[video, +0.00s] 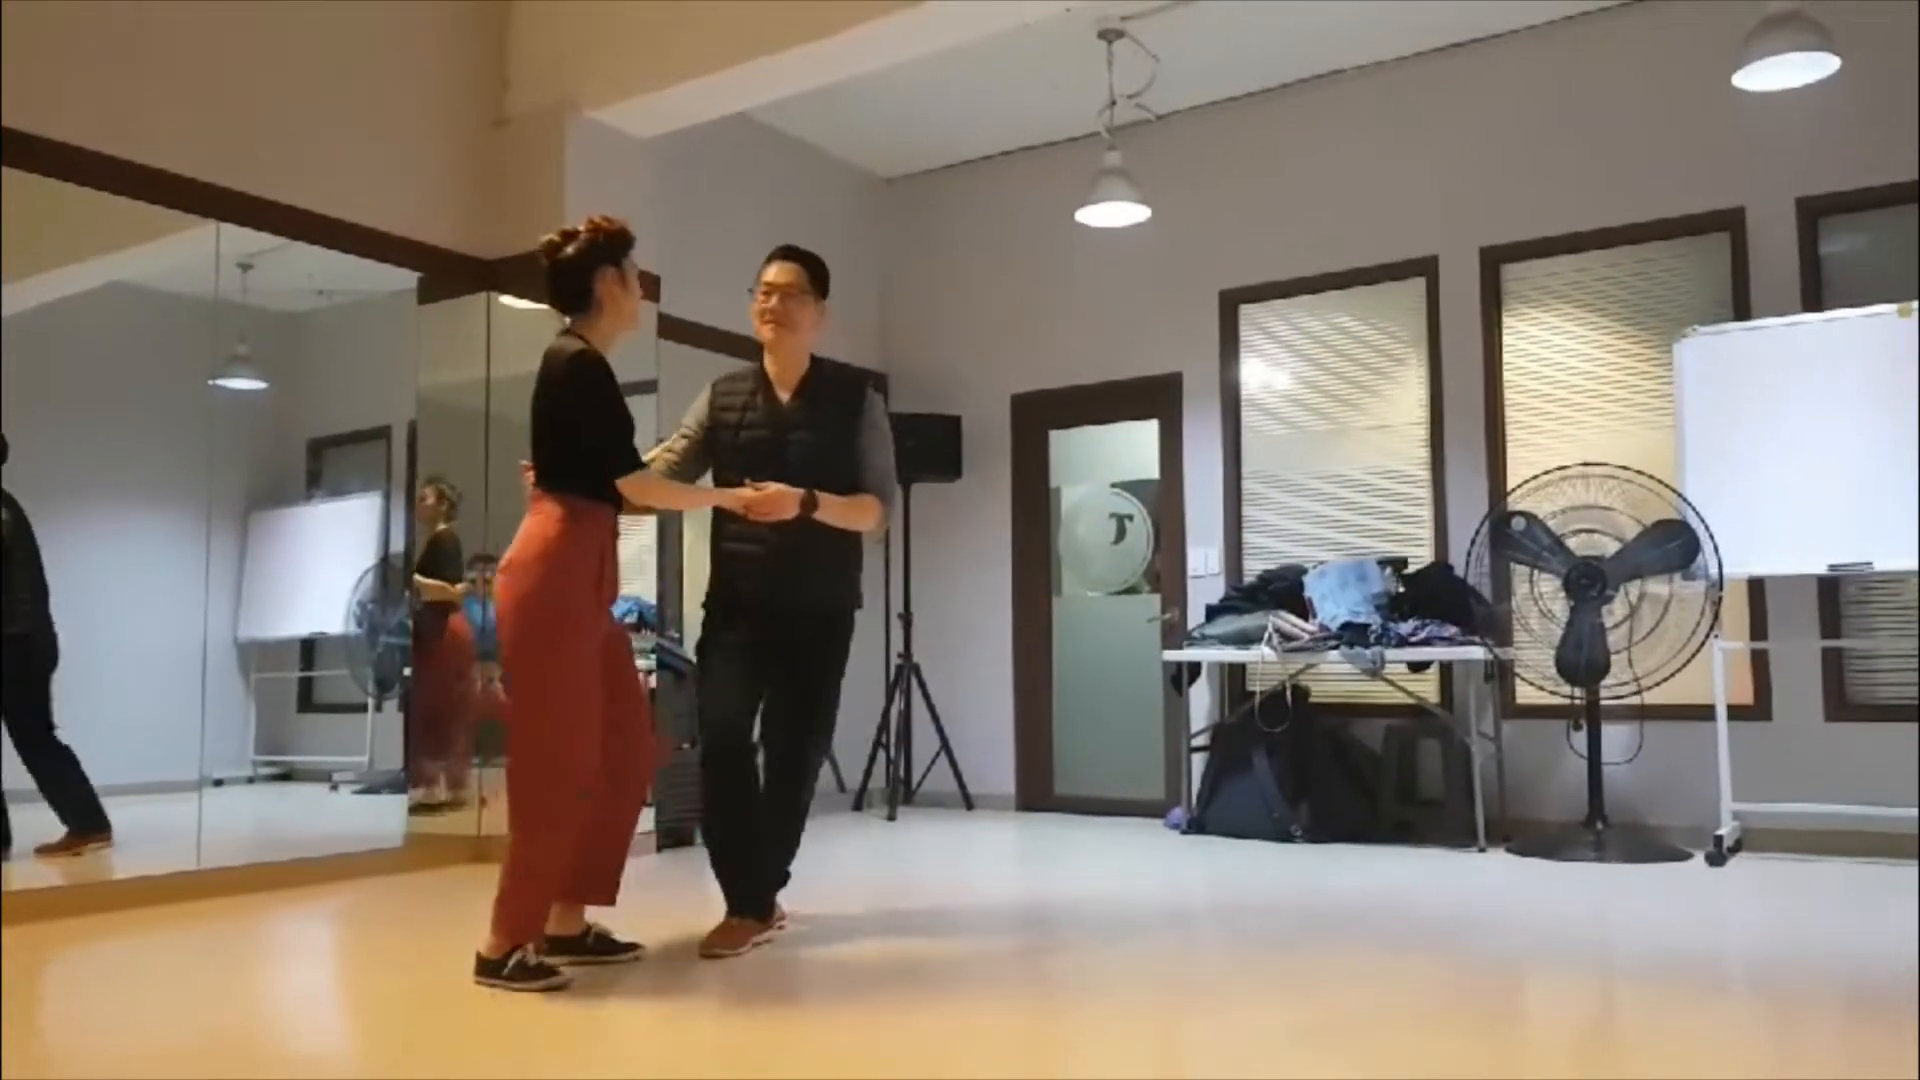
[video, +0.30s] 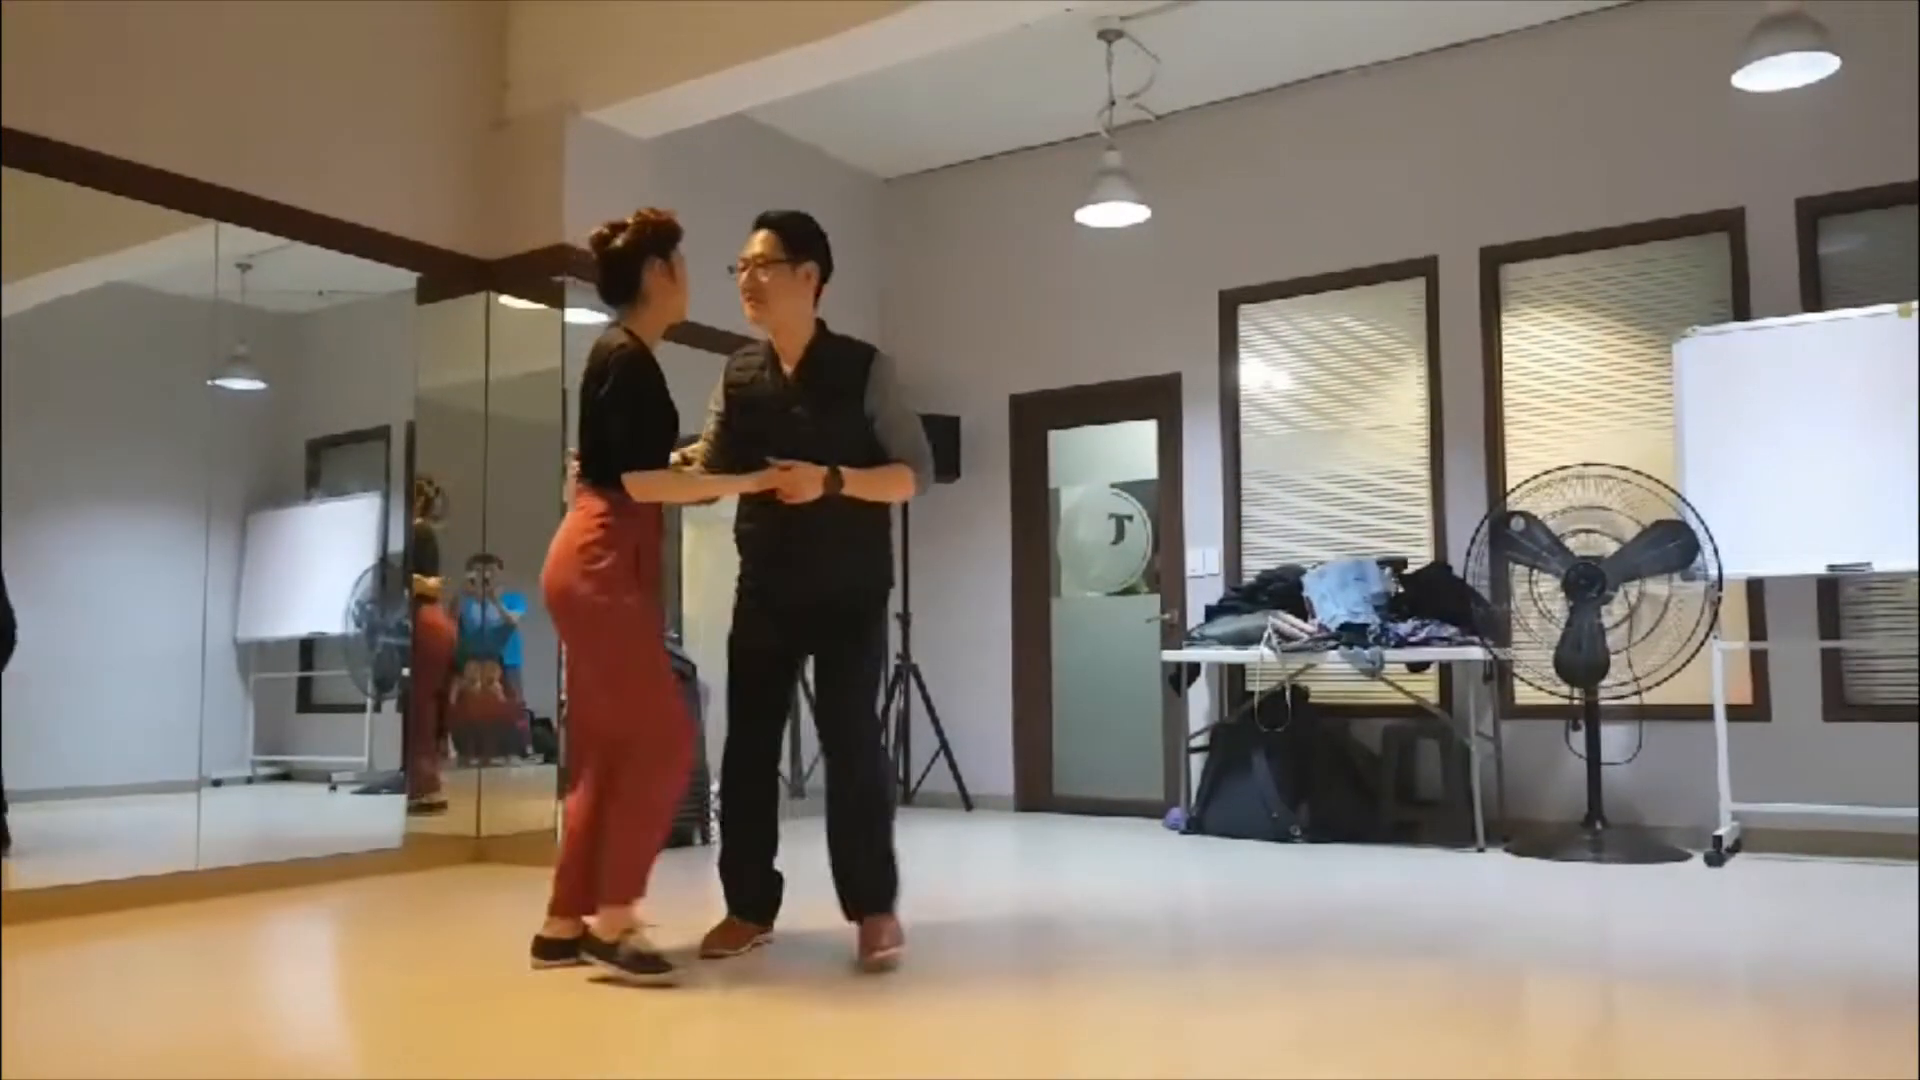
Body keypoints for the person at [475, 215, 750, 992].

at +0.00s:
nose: (644, 294)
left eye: (638, 280)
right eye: (634, 280)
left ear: (592, 289)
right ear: (606, 286)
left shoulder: (581, 367)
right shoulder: (577, 369)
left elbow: (612, 480)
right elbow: (629, 483)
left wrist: (691, 493)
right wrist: (721, 496)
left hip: (575, 581)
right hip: (549, 582)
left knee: (628, 746)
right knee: (559, 756)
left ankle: (565, 921)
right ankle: (505, 945)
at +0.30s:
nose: (688, 283)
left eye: (683, 269)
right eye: (681, 269)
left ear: (633, 280)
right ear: (656, 277)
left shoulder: (615, 357)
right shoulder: (627, 364)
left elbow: (615, 472)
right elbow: (642, 480)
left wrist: (696, 464)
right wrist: (748, 482)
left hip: (590, 566)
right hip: (605, 572)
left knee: (608, 742)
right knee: (666, 736)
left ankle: (564, 922)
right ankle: (613, 921)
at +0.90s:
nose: (731, 279)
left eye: (728, 264)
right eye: (723, 264)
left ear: (689, 268)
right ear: (691, 267)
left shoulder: (684, 353)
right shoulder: (652, 348)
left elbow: (706, 462)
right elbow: (710, 449)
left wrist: (760, 457)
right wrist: (814, 454)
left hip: (670, 559)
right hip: (641, 560)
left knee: (669, 727)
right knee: (716, 727)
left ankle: (593, 912)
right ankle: (697, 923)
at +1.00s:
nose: (745, 282)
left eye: (741, 267)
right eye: (735, 267)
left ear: (702, 276)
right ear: (698, 275)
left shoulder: (709, 368)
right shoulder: (662, 360)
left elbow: (737, 472)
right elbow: (728, 455)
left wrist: (767, 472)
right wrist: (849, 468)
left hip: (697, 565)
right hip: (655, 567)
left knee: (674, 746)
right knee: (739, 727)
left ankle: (592, 916)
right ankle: (757, 923)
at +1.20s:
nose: (796, 268)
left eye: (794, 254)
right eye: (779, 255)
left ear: (786, 270)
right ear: (734, 270)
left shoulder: (795, 368)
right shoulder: (720, 353)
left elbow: (803, 479)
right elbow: (721, 452)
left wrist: (856, 468)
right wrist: (816, 465)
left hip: (794, 561)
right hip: (742, 561)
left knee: (761, 737)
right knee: (807, 733)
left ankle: (631, 885)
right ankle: (853, 925)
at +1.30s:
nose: (838, 243)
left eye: (844, 232)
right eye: (820, 234)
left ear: (856, 249)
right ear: (786, 252)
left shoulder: (876, 355)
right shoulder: (767, 338)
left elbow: (886, 462)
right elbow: (711, 437)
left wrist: (921, 461)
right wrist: (787, 427)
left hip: (875, 550)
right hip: (803, 550)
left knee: (889, 742)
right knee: (843, 740)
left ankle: (763, 852)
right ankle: (856, 928)